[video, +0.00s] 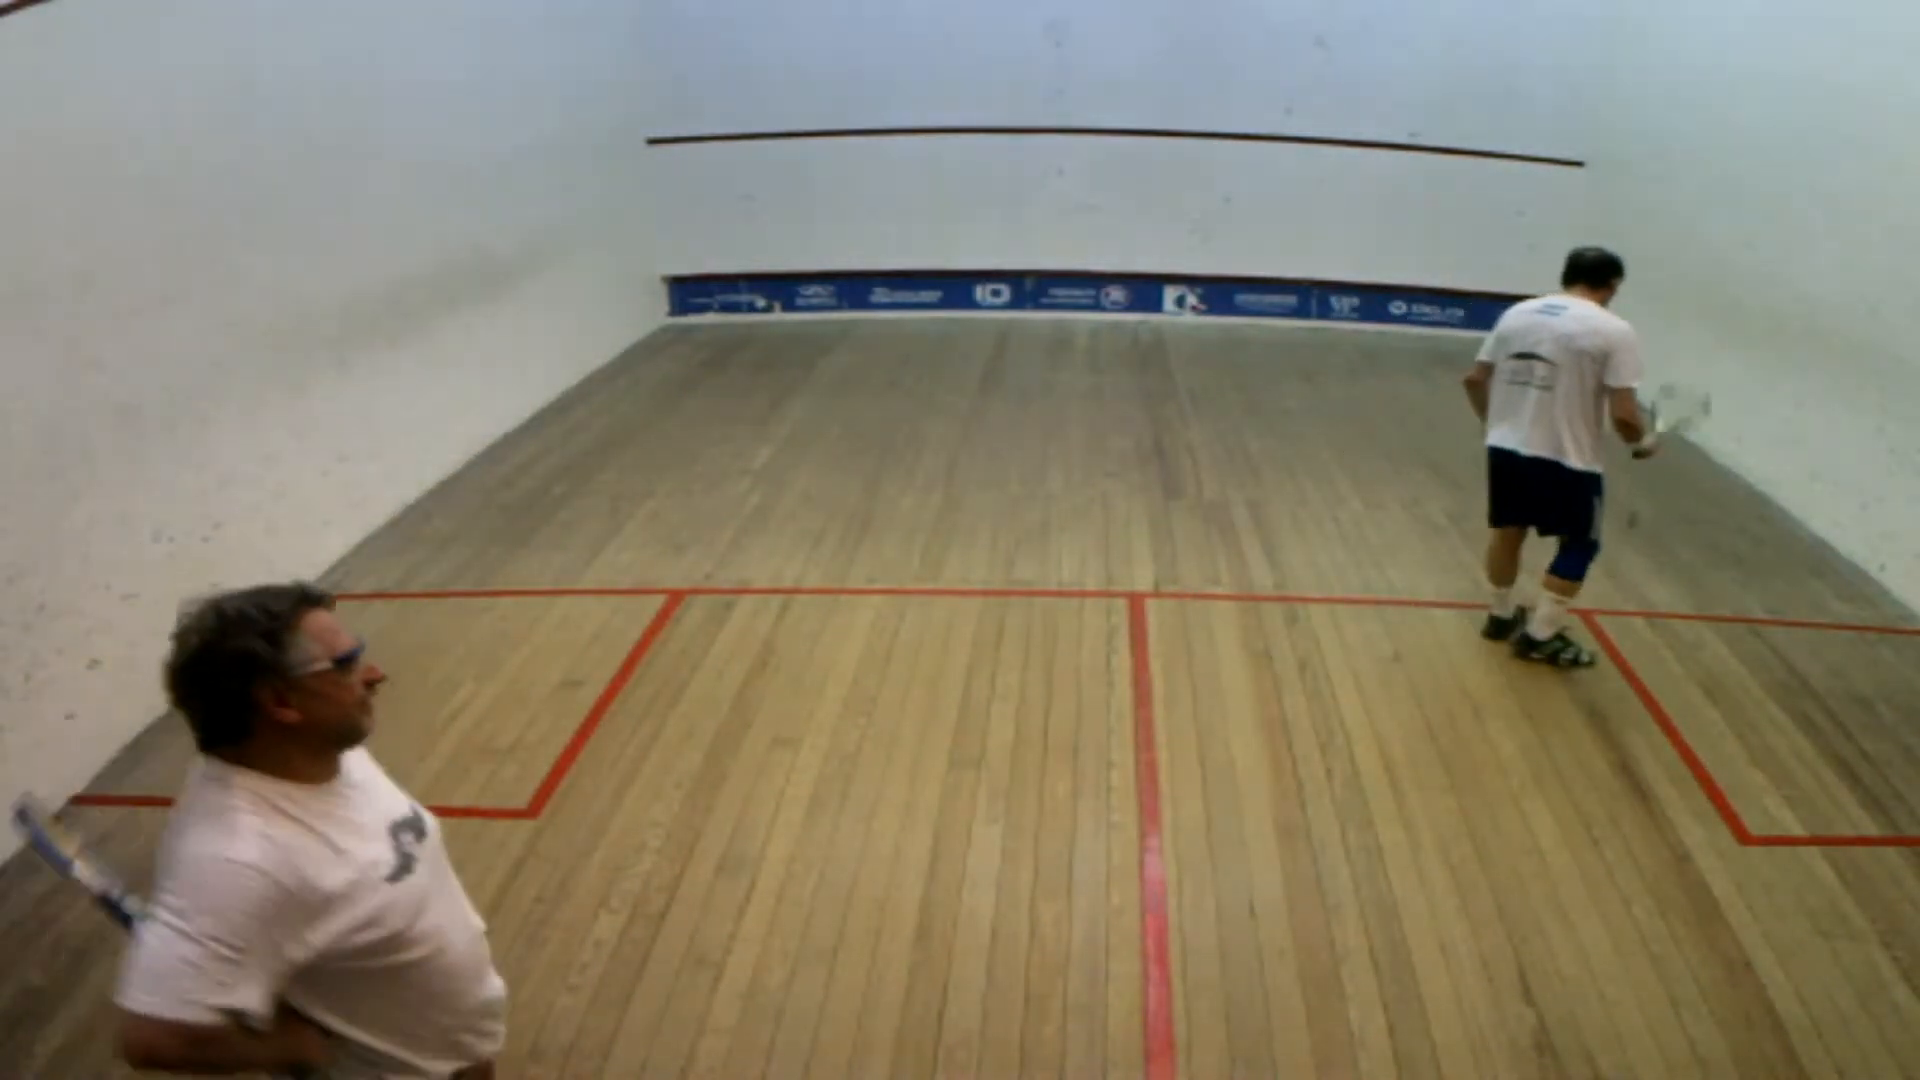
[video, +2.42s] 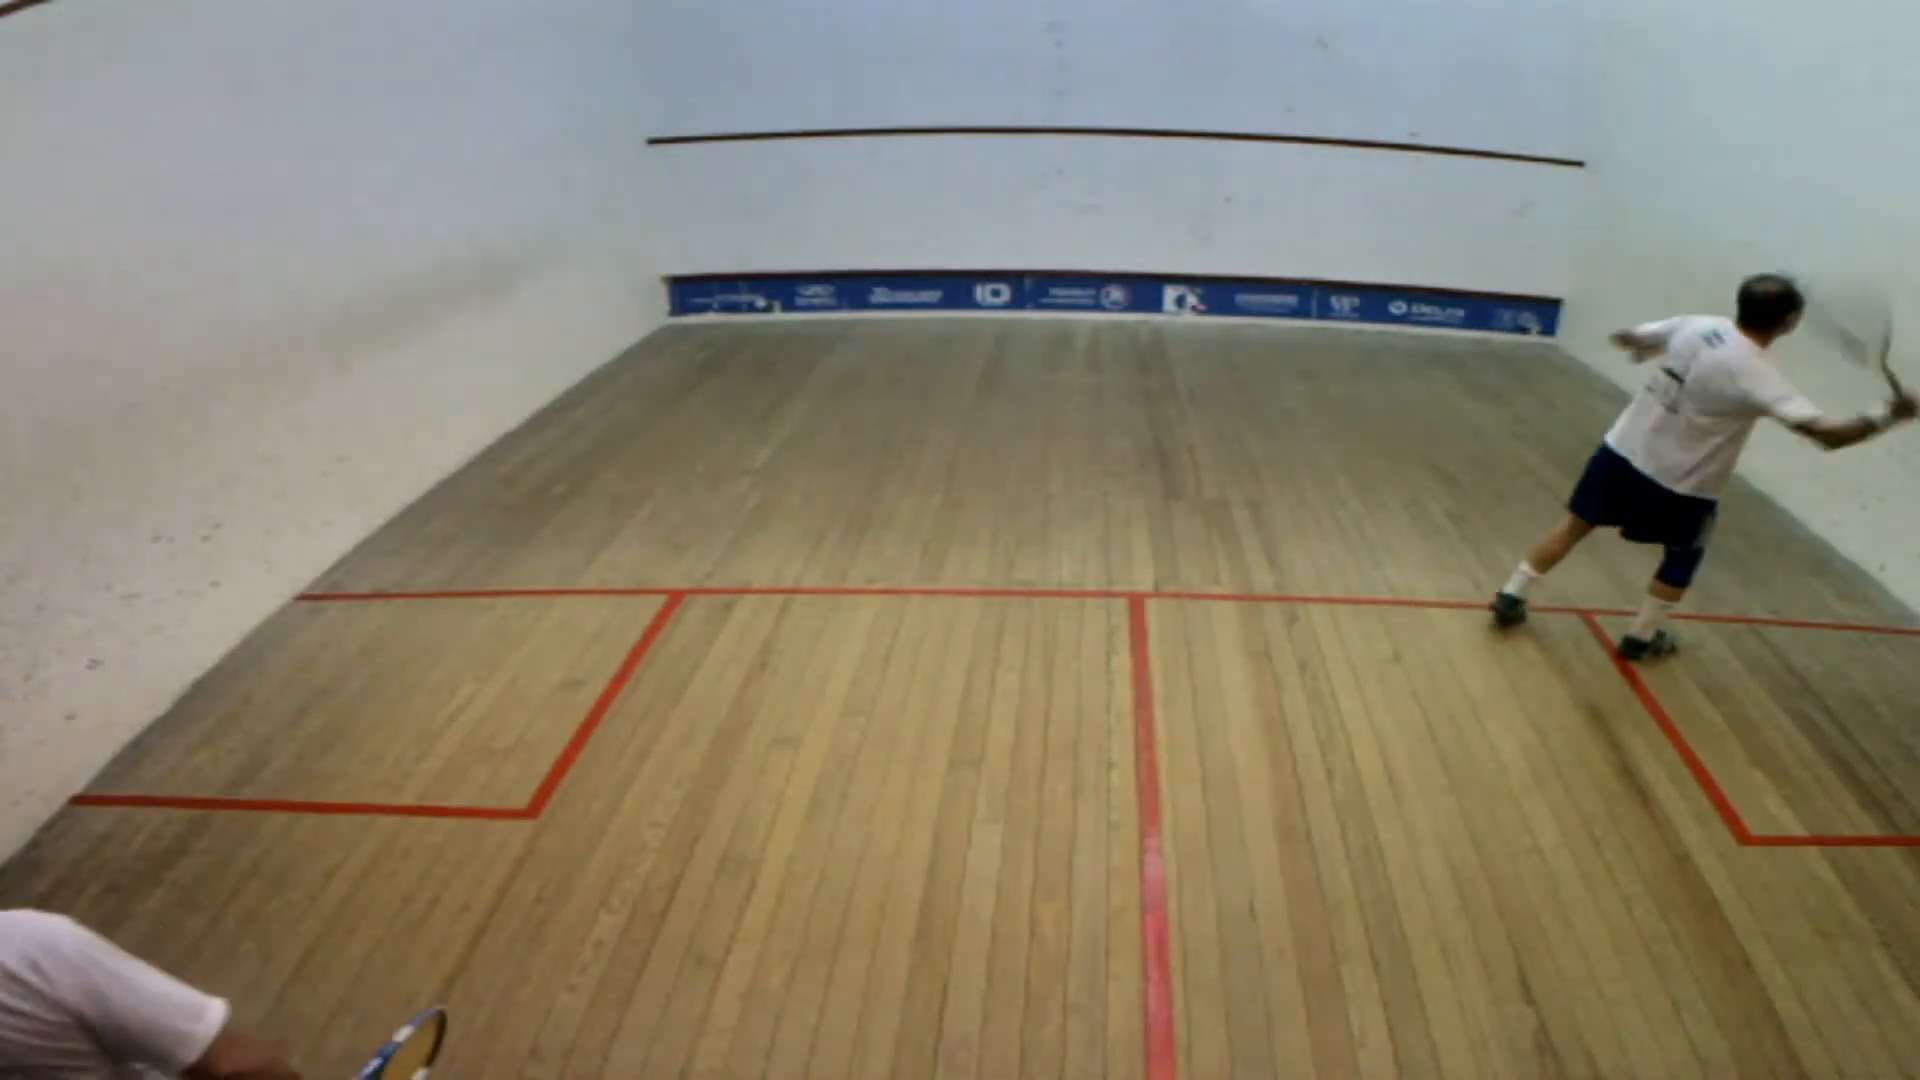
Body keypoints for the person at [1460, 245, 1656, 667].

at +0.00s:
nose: (1612, 298)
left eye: (1613, 292)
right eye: (1614, 291)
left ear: (1567, 280)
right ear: (1608, 288)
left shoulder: (1519, 313)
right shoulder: (1613, 332)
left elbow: (1476, 378)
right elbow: (1624, 416)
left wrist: (1495, 424)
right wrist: (1640, 442)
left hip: (1506, 448)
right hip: (1569, 458)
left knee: (1507, 529)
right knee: (1580, 543)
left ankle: (1500, 614)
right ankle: (1541, 634)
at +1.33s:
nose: (1648, 297)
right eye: (1650, 291)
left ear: (1604, 277)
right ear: (1648, 289)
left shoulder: (1557, 312)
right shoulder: (1645, 335)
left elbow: (1518, 372)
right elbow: (1649, 411)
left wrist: (1567, 375)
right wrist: (1682, 448)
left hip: (1535, 449)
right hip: (1600, 462)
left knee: (1521, 527)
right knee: (1627, 537)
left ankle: (1500, 615)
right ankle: (1588, 623)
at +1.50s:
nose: (1676, 297)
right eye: (1676, 291)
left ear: (1625, 282)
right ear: (1670, 294)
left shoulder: (1579, 319)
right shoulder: (1659, 338)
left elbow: (1559, 381)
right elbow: (1658, 410)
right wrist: (1717, 425)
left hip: (1552, 453)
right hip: (1618, 467)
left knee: (1527, 532)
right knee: (1629, 552)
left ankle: (1500, 615)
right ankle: (1639, 634)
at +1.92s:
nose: (1751, 312)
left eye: (1749, 303)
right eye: (1752, 305)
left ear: (1703, 292)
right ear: (1743, 308)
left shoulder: (1662, 324)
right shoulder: (1715, 353)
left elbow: (1646, 389)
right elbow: (1725, 425)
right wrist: (1797, 409)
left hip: (1608, 450)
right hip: (1666, 475)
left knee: (1567, 531)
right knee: (1661, 558)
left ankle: (1510, 607)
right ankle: (1640, 636)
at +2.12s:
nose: (1770, 312)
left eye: (1766, 303)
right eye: (1771, 306)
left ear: (1722, 295)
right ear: (1763, 312)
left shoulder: (1683, 323)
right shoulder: (1735, 361)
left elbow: (1704, 367)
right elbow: (1762, 432)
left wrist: (1760, 356)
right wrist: (1825, 404)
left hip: (1619, 448)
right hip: (1676, 478)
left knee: (1576, 523)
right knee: (1664, 559)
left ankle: (1516, 599)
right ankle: (1641, 636)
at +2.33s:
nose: (1791, 323)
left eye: (1789, 313)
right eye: (1791, 316)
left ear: (1741, 300)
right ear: (1780, 320)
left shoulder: (1700, 324)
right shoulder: (1746, 369)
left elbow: (1668, 343)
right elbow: (1798, 432)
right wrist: (1862, 399)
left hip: (1623, 449)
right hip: (1677, 484)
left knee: (1579, 524)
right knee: (1672, 559)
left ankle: (1516, 598)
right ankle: (1640, 636)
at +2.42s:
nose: (1793, 331)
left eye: (1795, 323)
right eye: (1793, 323)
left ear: (1743, 307)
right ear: (1779, 324)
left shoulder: (1698, 328)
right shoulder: (1756, 373)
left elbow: (1630, 338)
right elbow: (1825, 434)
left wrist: (1648, 351)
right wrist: (1886, 418)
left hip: (1623, 451)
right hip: (1679, 487)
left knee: (1574, 525)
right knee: (1685, 551)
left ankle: (1510, 595)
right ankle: (1641, 634)